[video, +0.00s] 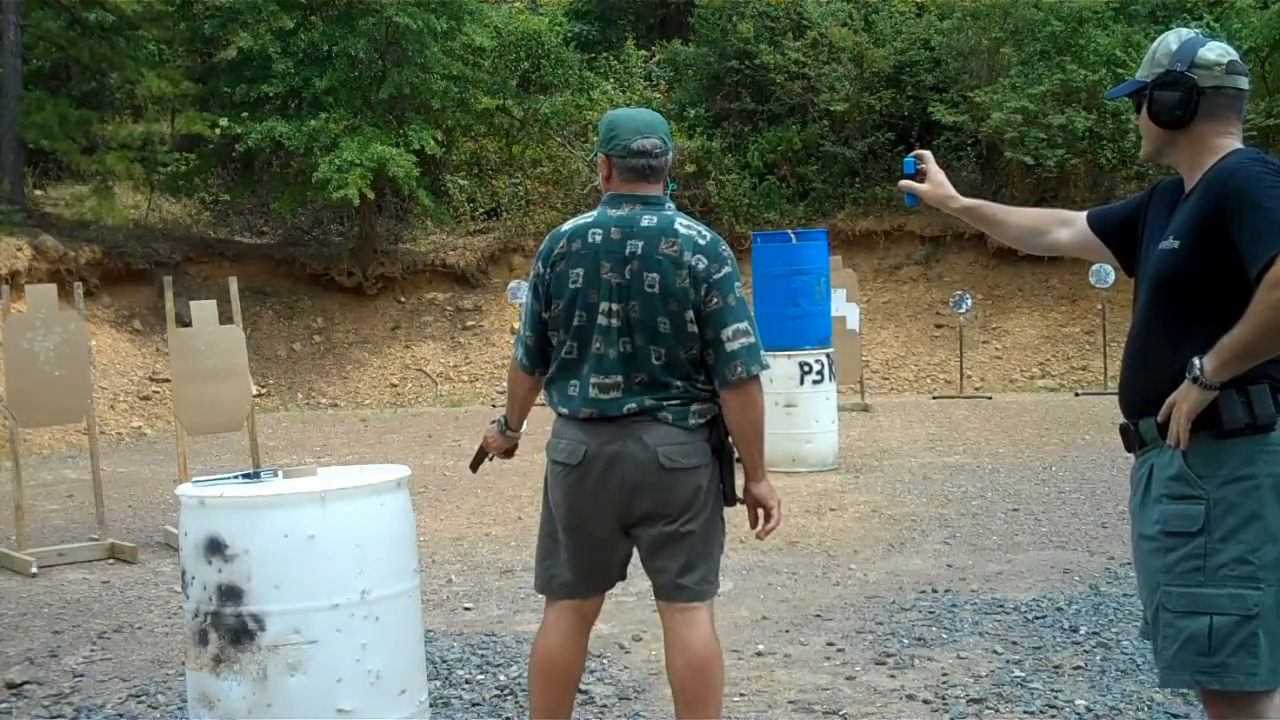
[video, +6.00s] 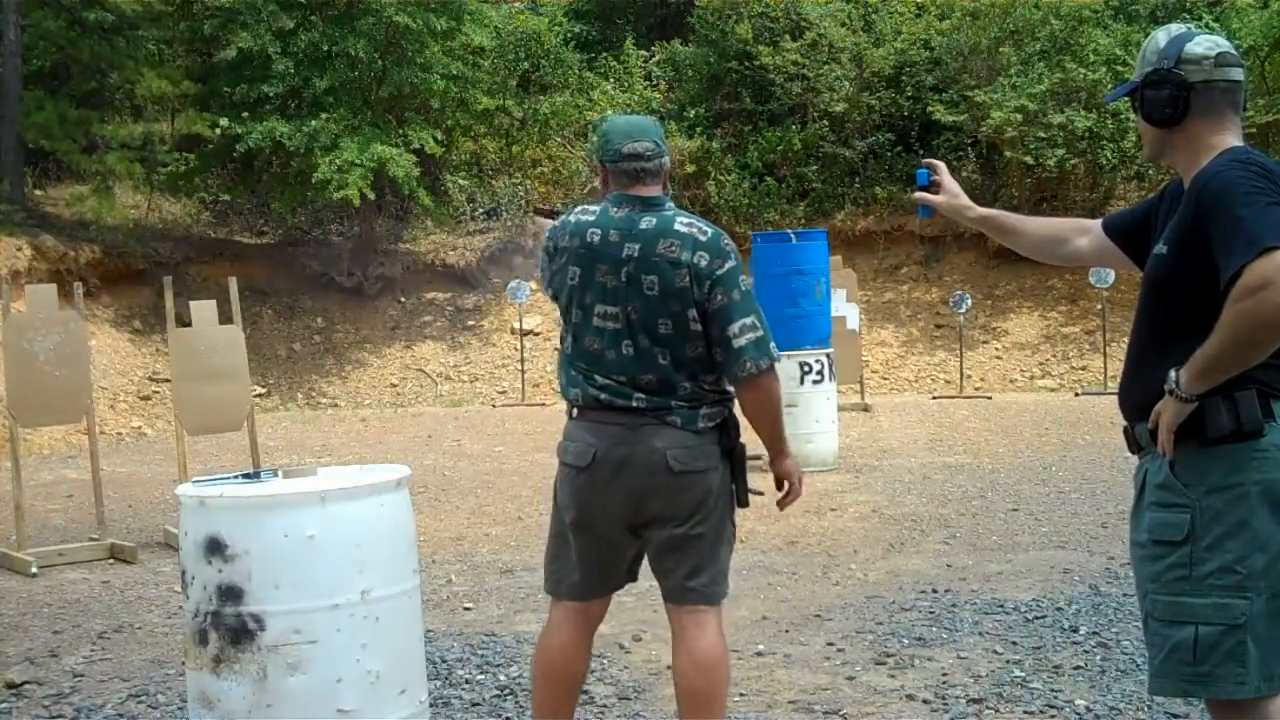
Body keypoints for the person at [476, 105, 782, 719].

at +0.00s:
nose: (597, 171)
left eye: (598, 163)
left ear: (605, 169)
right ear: (669, 169)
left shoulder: (561, 244)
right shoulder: (704, 248)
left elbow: (530, 357)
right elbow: (738, 375)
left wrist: (509, 425)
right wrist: (756, 473)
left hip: (582, 452)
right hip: (678, 452)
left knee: (568, 607)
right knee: (688, 610)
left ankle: (547, 715)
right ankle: (700, 715)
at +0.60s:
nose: (593, 171)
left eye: (594, 163)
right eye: (597, 162)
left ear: (602, 169)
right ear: (666, 168)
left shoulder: (563, 242)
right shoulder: (705, 245)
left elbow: (525, 333)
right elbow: (743, 370)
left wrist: (500, 383)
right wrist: (759, 469)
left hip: (583, 451)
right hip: (680, 452)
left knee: (567, 607)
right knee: (690, 610)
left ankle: (547, 715)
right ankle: (701, 715)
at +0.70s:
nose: (588, 171)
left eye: (589, 164)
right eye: (591, 163)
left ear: (597, 169)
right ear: (659, 166)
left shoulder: (562, 239)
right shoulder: (704, 243)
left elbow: (514, 301)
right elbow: (746, 365)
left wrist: (485, 312)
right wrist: (766, 464)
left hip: (586, 451)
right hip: (682, 452)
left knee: (568, 607)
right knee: (691, 611)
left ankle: (546, 715)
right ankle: (701, 715)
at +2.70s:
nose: (585, 171)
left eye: (585, 164)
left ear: (590, 170)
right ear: (655, 167)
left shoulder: (561, 230)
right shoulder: (699, 241)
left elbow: (512, 241)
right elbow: (741, 366)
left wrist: (496, 228)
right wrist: (769, 461)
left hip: (584, 446)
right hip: (678, 451)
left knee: (568, 608)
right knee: (691, 611)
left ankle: (547, 716)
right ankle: (701, 716)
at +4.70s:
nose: (584, 174)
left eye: (585, 167)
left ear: (590, 172)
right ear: (657, 167)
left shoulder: (561, 234)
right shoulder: (696, 240)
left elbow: (544, 245)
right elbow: (744, 365)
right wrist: (776, 456)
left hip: (583, 445)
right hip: (681, 450)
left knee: (570, 606)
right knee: (692, 610)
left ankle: (547, 715)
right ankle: (703, 718)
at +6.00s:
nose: (594, 173)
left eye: (596, 166)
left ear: (602, 172)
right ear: (668, 168)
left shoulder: (569, 235)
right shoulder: (705, 244)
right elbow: (753, 370)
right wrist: (779, 452)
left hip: (593, 446)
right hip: (690, 452)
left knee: (573, 610)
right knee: (696, 615)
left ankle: (548, 713)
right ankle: (705, 717)